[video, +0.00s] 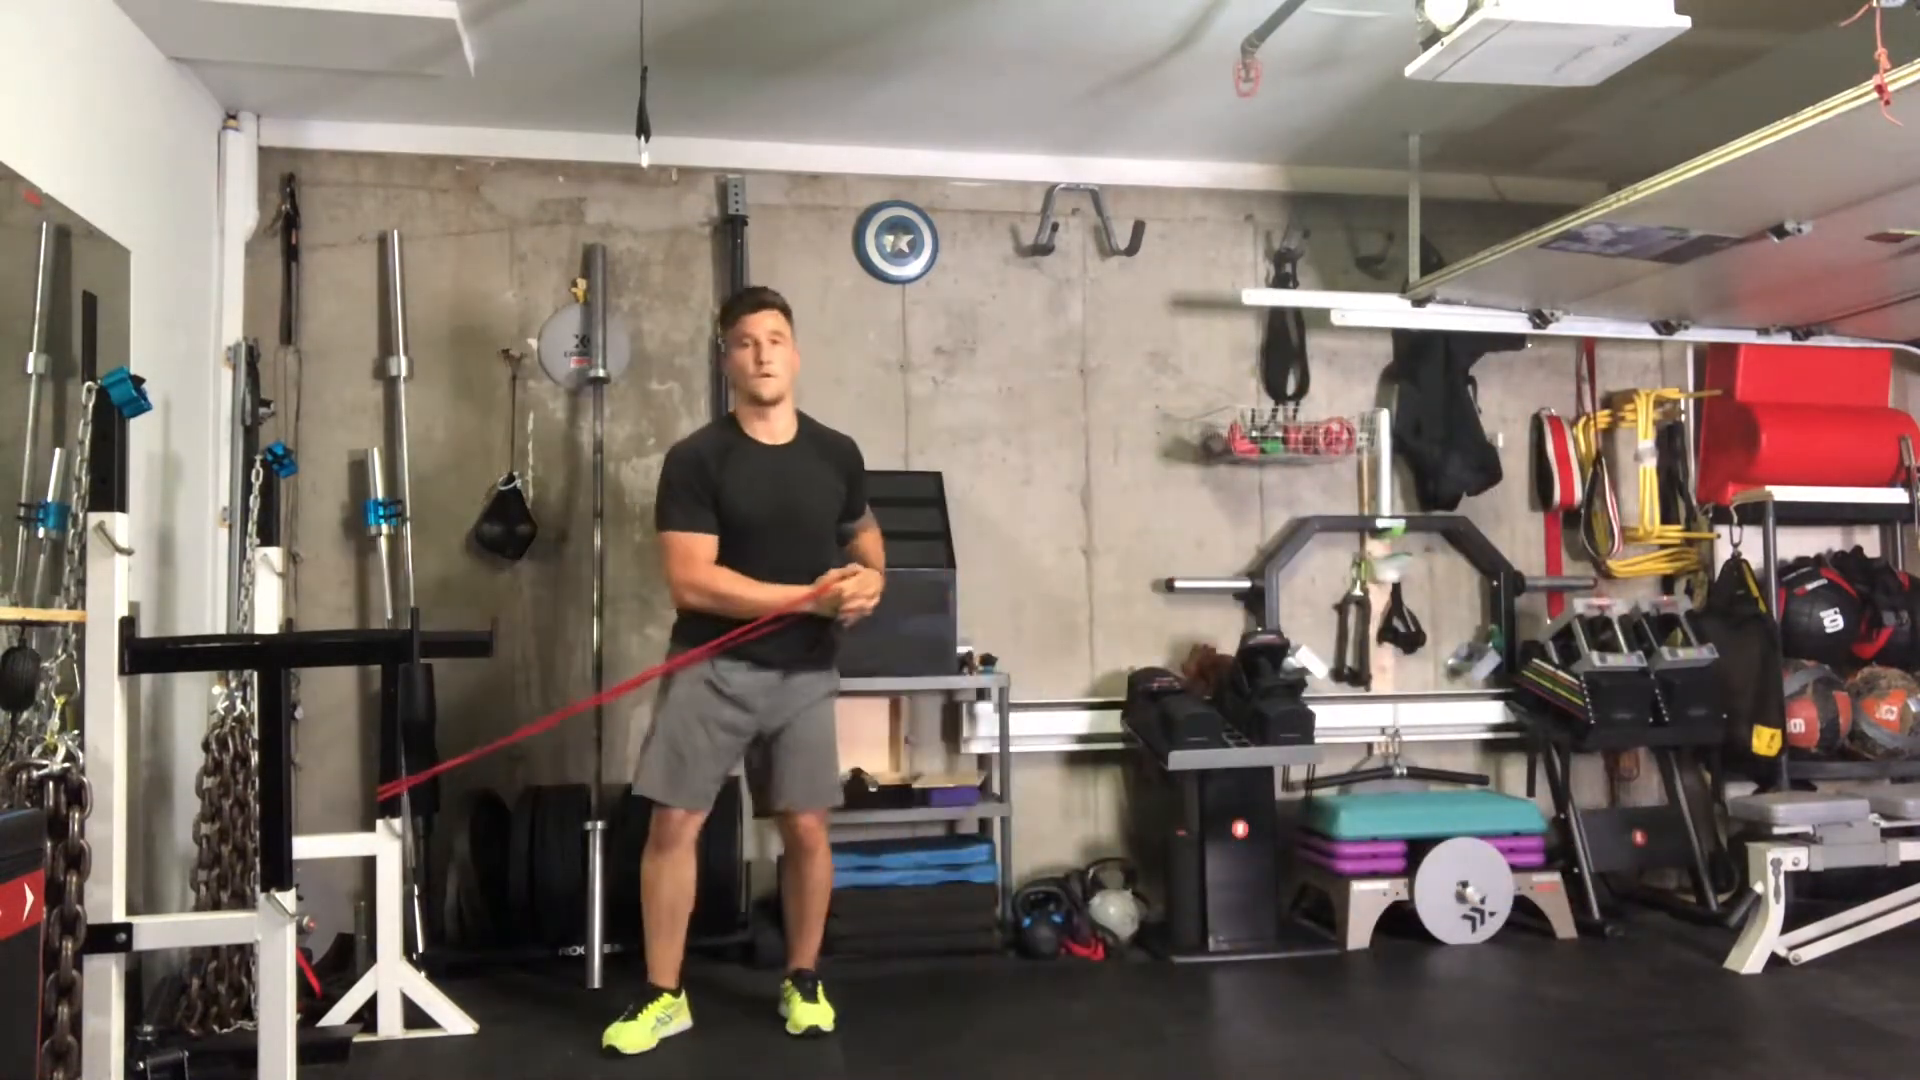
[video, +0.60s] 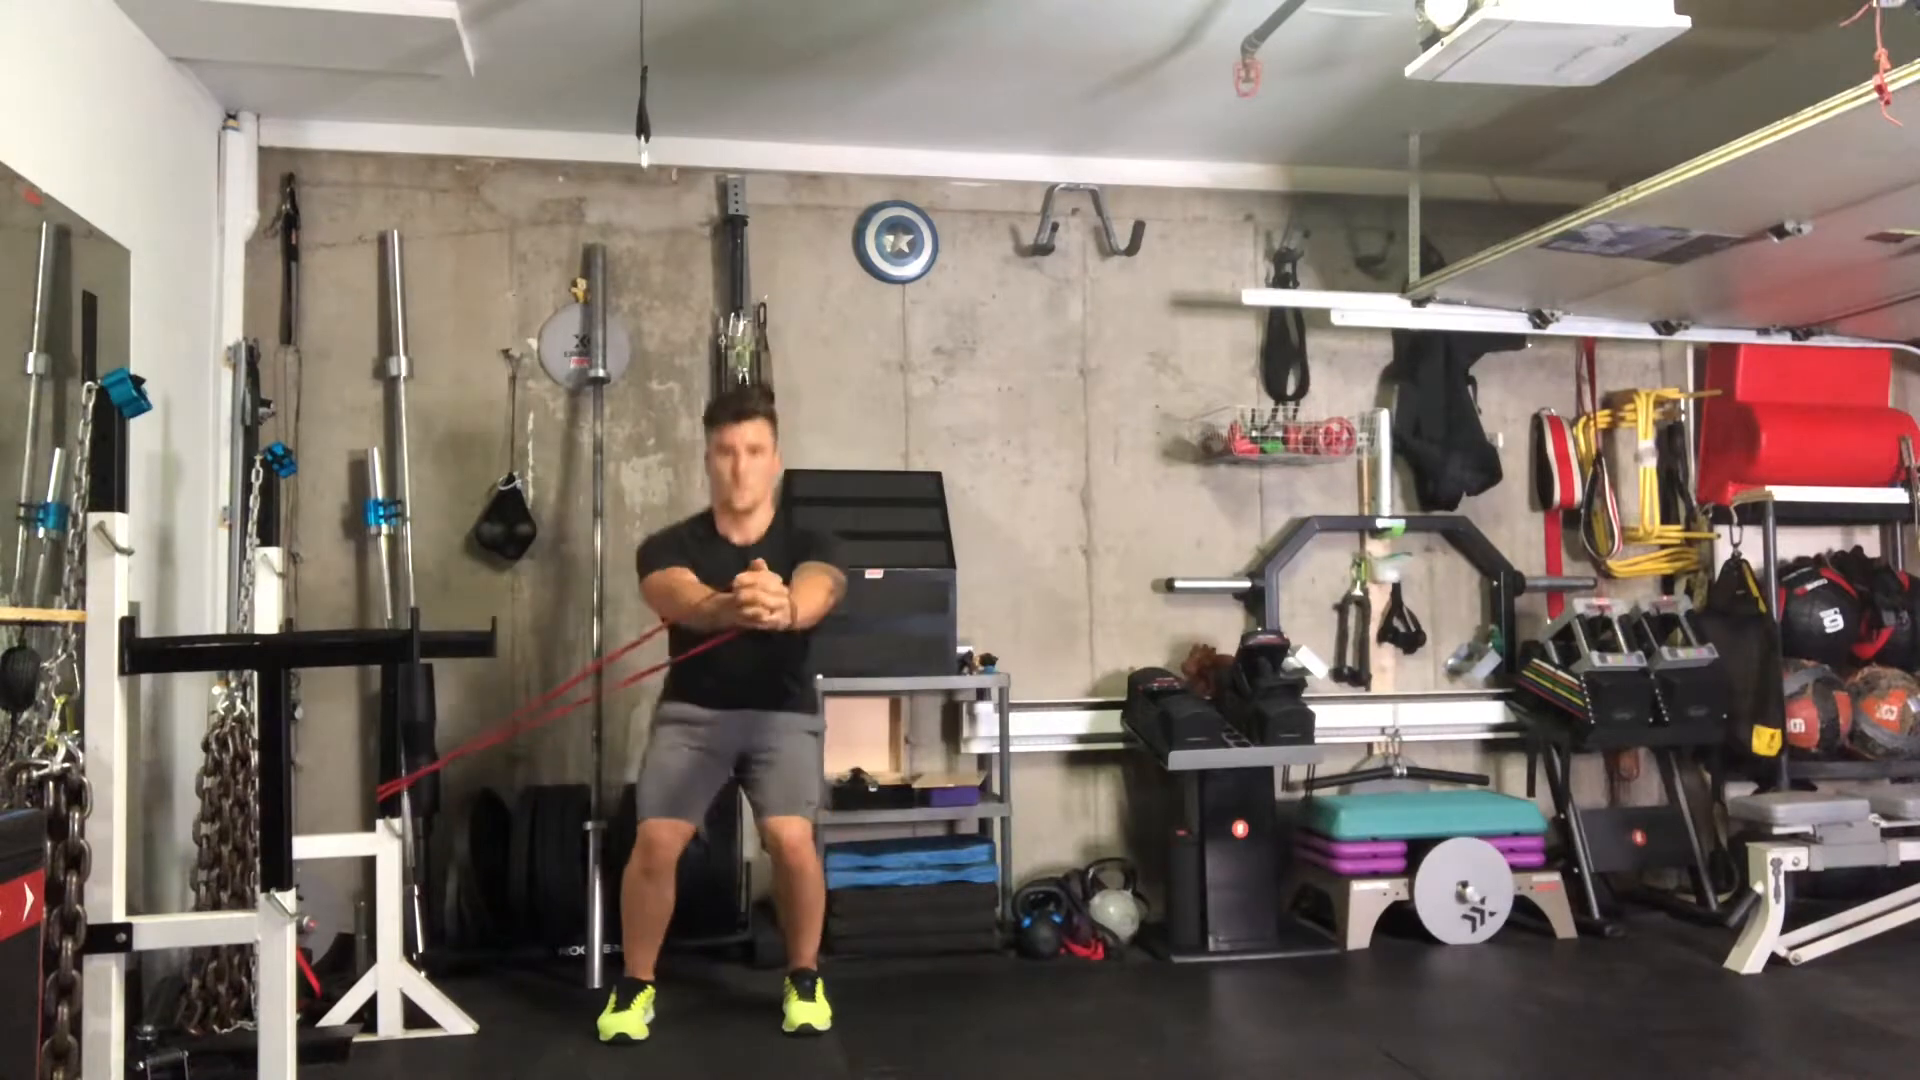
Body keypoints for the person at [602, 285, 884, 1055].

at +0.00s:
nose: (762, 354)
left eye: (774, 340)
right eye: (746, 343)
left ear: (797, 355)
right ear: (725, 361)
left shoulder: (837, 455)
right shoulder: (694, 460)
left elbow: (867, 546)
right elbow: (689, 581)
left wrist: (871, 582)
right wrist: (809, 596)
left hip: (805, 676)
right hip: (712, 672)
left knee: (807, 827)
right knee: (673, 824)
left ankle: (803, 982)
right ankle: (665, 995)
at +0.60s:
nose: (739, 466)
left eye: (754, 451)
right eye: (726, 452)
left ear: (776, 460)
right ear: (707, 461)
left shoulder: (810, 541)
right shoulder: (665, 548)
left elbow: (815, 595)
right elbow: (683, 604)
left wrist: (788, 608)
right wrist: (728, 609)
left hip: (783, 721)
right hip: (691, 718)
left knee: (791, 837)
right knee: (655, 839)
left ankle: (804, 980)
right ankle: (636, 987)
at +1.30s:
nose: (781, 539)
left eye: (795, 522)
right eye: (765, 525)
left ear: (819, 523)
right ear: (743, 532)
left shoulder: (857, 581)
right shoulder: (724, 603)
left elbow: (880, 616)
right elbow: (726, 642)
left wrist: (853, 634)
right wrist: (799, 640)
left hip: (845, 752)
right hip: (752, 755)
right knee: (707, 874)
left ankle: (863, 968)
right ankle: (641, 987)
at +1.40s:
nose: (844, 520)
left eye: (859, 502)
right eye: (829, 505)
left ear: (888, 503)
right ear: (810, 512)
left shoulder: (912, 571)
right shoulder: (785, 584)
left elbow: (946, 599)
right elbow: (791, 619)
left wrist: (939, 602)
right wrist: (889, 612)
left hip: (896, 744)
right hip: (797, 751)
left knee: (988, 827)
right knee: (724, 875)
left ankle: (1011, 945)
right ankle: (642, 990)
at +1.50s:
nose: (945, 492)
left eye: (959, 475)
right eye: (931, 477)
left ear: (983, 480)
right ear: (909, 484)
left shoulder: (997, 547)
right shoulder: (884, 569)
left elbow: (1049, 574)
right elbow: (942, 580)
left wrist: (1068, 553)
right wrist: (1025, 568)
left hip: (971, 737)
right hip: (879, 742)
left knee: (1069, 829)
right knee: (768, 867)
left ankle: (1120, 977)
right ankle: (650, 986)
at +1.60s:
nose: (1047, 486)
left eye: (1060, 472)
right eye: (1034, 473)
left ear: (1083, 475)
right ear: (1016, 478)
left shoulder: (1101, 541)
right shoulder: (988, 544)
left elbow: (1148, 568)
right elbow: (1009, 573)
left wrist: (1168, 546)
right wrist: (1119, 553)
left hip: (1050, 722)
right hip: (962, 722)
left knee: (1112, 840)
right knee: (894, 839)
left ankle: (1126, 984)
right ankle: (763, 951)